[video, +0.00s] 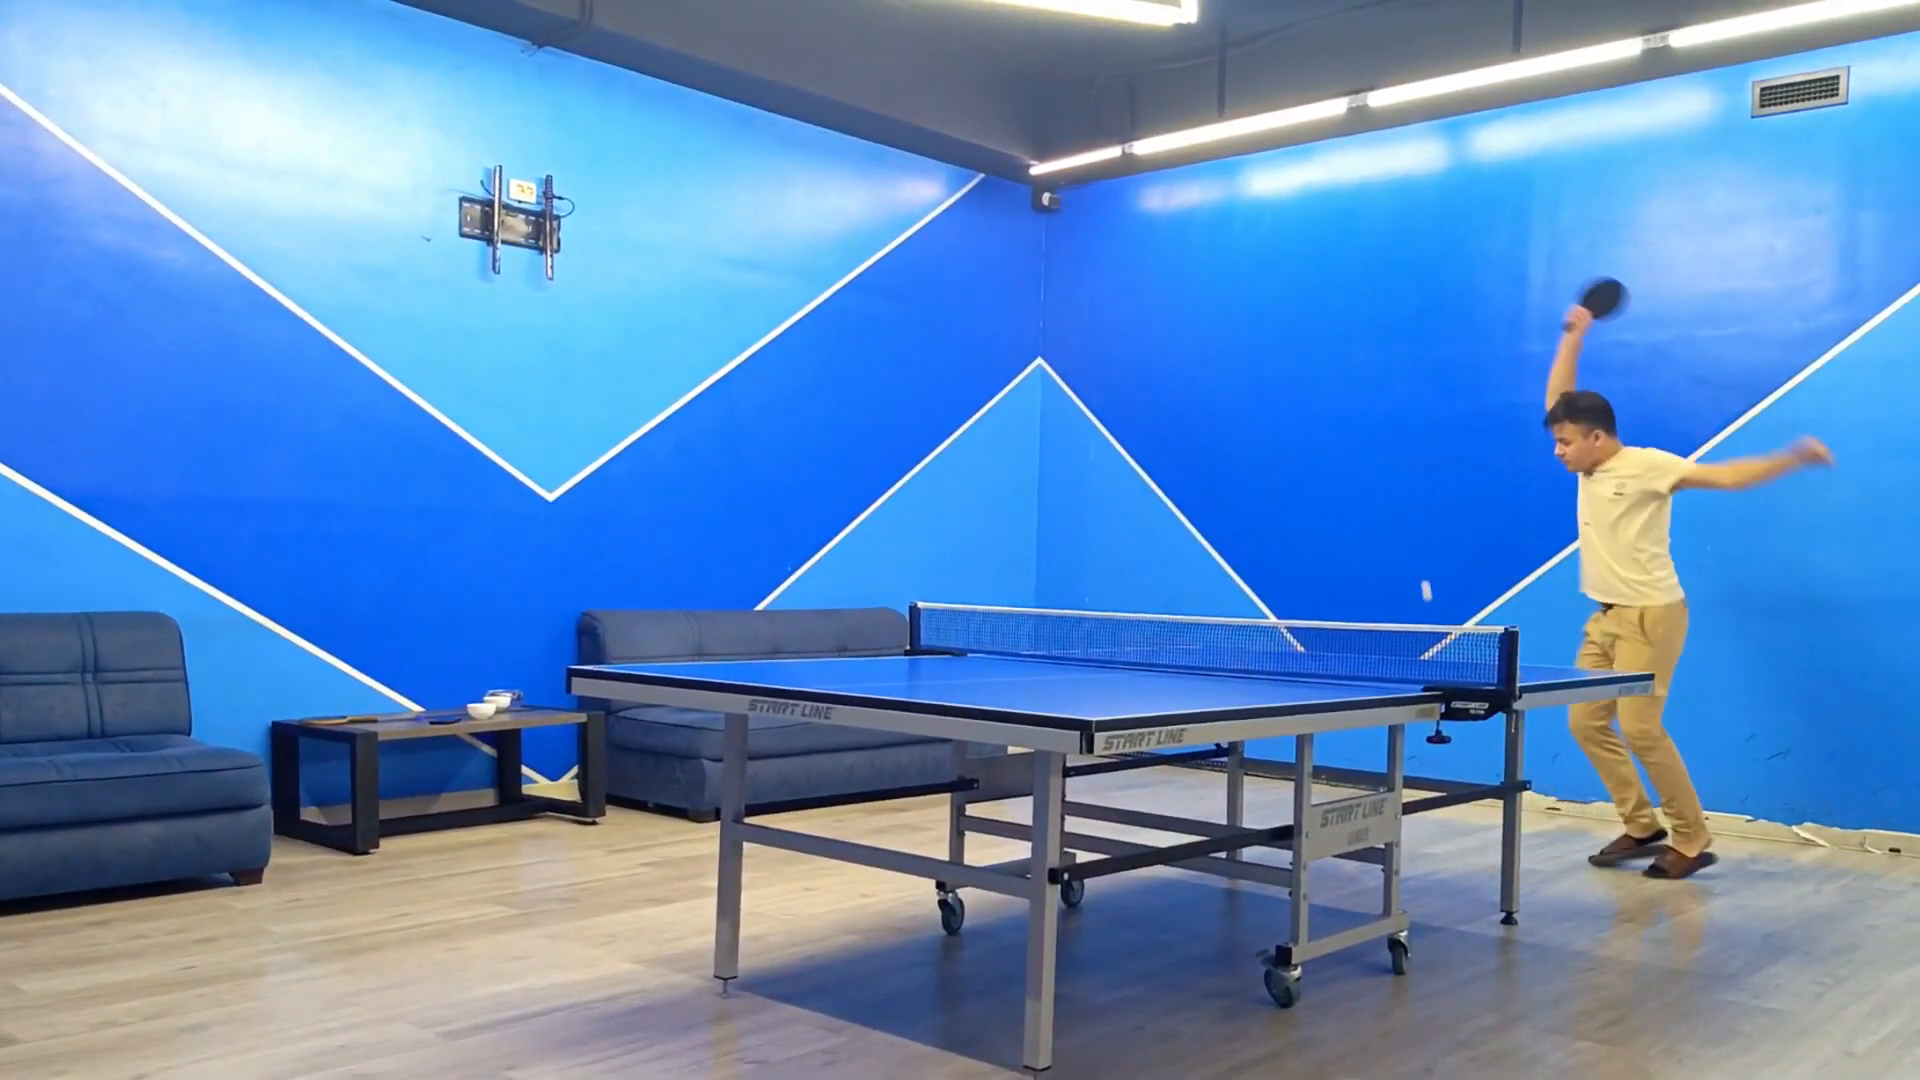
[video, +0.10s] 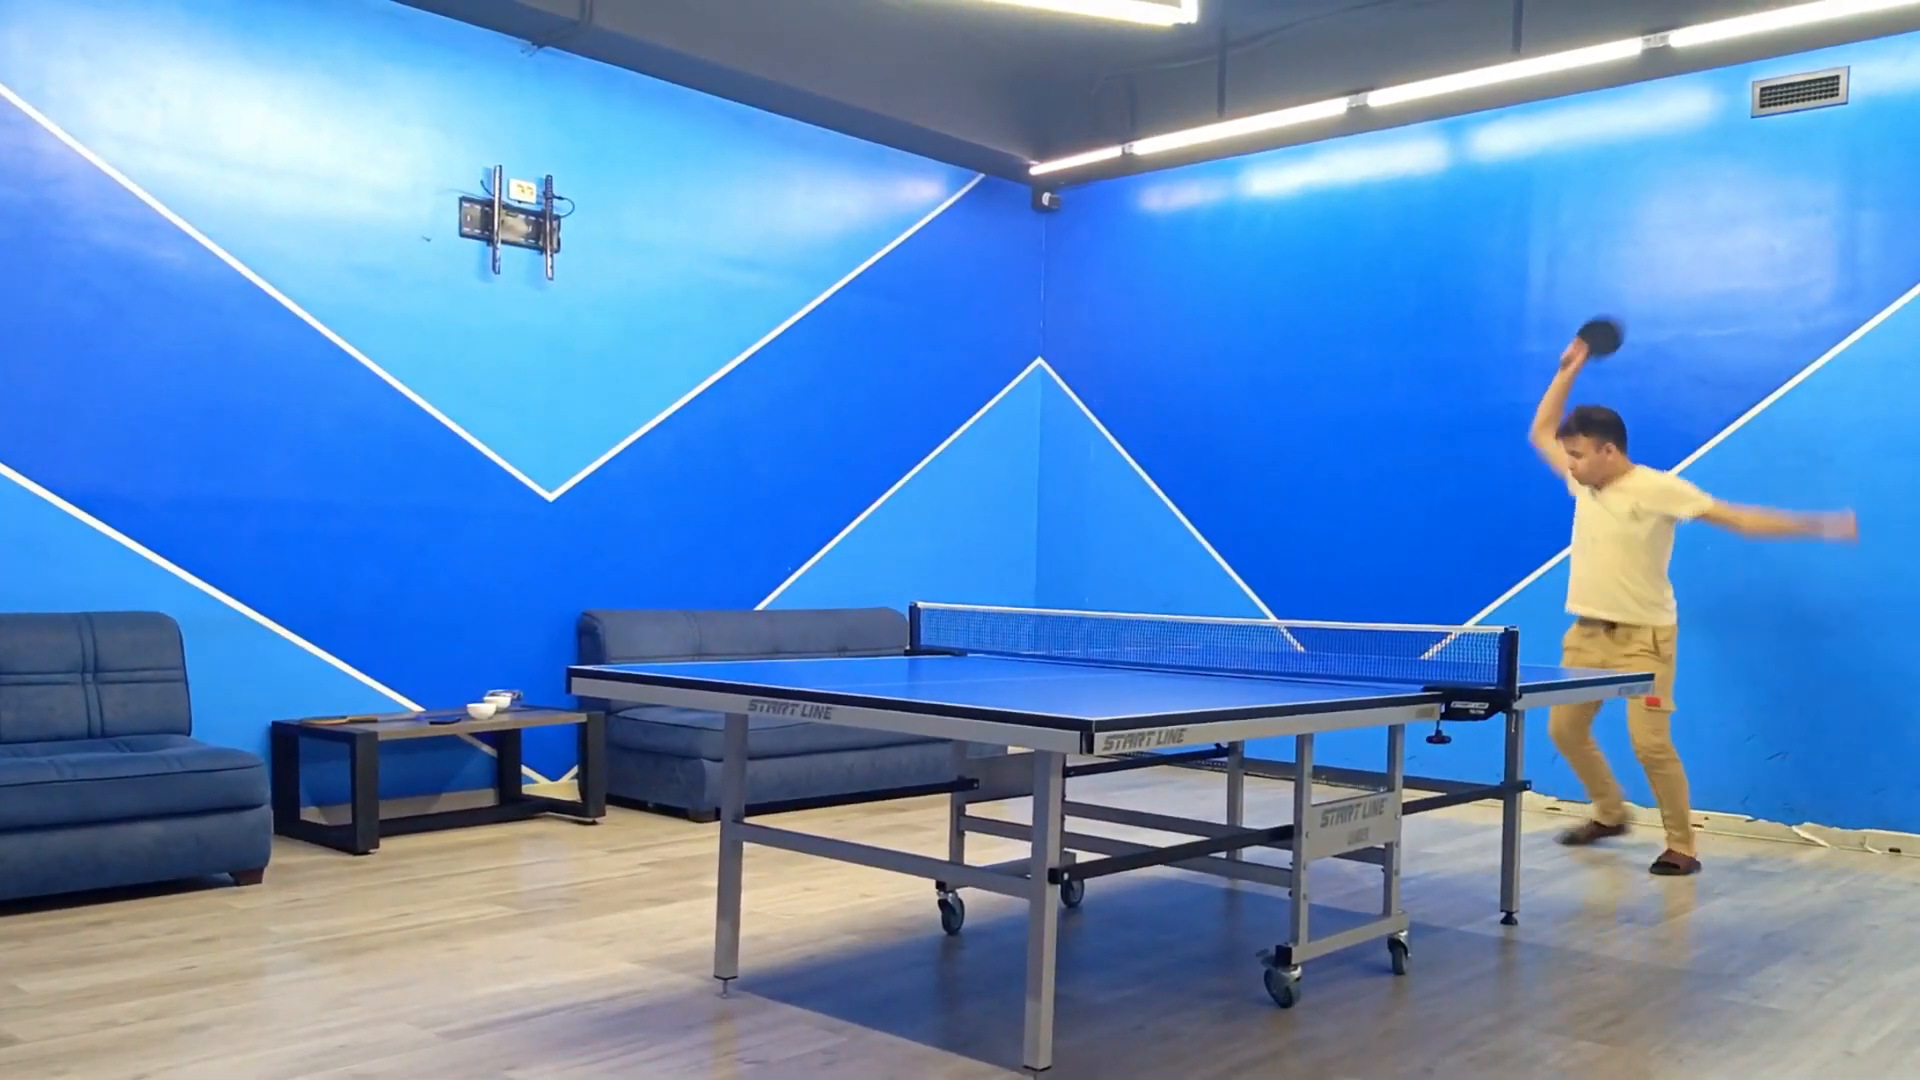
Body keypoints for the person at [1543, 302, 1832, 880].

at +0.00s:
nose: (1560, 454)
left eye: (1565, 444)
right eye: (1557, 446)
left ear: (1598, 437)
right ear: (1584, 441)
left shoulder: (1645, 467)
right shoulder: (1589, 467)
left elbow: (1725, 476)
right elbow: (1559, 402)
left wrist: (1791, 459)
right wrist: (1572, 335)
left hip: (1653, 616)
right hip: (1608, 616)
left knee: (1639, 725)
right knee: (1586, 721)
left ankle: (1692, 841)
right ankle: (1642, 827)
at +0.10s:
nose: (1571, 465)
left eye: (1577, 455)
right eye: (1568, 457)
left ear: (1609, 449)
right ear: (1573, 456)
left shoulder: (1656, 488)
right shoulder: (1582, 484)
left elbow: (1737, 519)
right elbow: (1541, 433)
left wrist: (1816, 525)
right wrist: (1565, 373)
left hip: (1644, 635)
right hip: (1586, 632)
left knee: (1650, 744)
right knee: (1566, 732)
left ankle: (1681, 848)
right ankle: (1610, 812)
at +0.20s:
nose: (1579, 478)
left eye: (1587, 468)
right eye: (1576, 468)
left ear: (1619, 468)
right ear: (1578, 469)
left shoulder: (1662, 514)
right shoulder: (1572, 501)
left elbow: (1723, 564)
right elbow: (1503, 481)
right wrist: (1524, 427)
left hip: (1637, 647)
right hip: (1579, 647)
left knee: (1645, 739)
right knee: (1554, 734)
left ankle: (1681, 844)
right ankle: (1568, 812)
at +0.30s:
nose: (1572, 477)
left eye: (1581, 469)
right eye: (1571, 468)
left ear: (1612, 470)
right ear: (1573, 466)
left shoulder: (1652, 518)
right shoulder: (1563, 501)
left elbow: (1688, 578)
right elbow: (1494, 520)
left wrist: (1722, 631)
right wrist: (1493, 493)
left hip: (1623, 646)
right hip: (1566, 642)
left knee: (1640, 739)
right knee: (1544, 730)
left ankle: (1676, 842)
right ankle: (1568, 814)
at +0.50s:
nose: (1550, 481)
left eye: (1556, 473)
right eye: (1549, 473)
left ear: (1587, 467)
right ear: (1555, 469)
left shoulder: (1635, 510)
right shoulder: (1549, 494)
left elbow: (1657, 576)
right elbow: (1514, 541)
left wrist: (1656, 638)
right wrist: (1518, 567)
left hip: (1610, 628)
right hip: (1555, 624)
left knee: (1615, 723)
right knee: (1550, 718)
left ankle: (1617, 813)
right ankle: (1565, 810)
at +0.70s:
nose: (1533, 498)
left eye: (1536, 490)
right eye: (1530, 491)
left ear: (1562, 484)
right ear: (1549, 485)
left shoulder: (1608, 524)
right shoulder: (1538, 508)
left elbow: (1612, 597)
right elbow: (1530, 546)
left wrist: (1579, 645)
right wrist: (1522, 587)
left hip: (1595, 632)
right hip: (1540, 625)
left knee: (1606, 722)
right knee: (1516, 703)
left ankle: (1608, 807)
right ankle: (1538, 794)